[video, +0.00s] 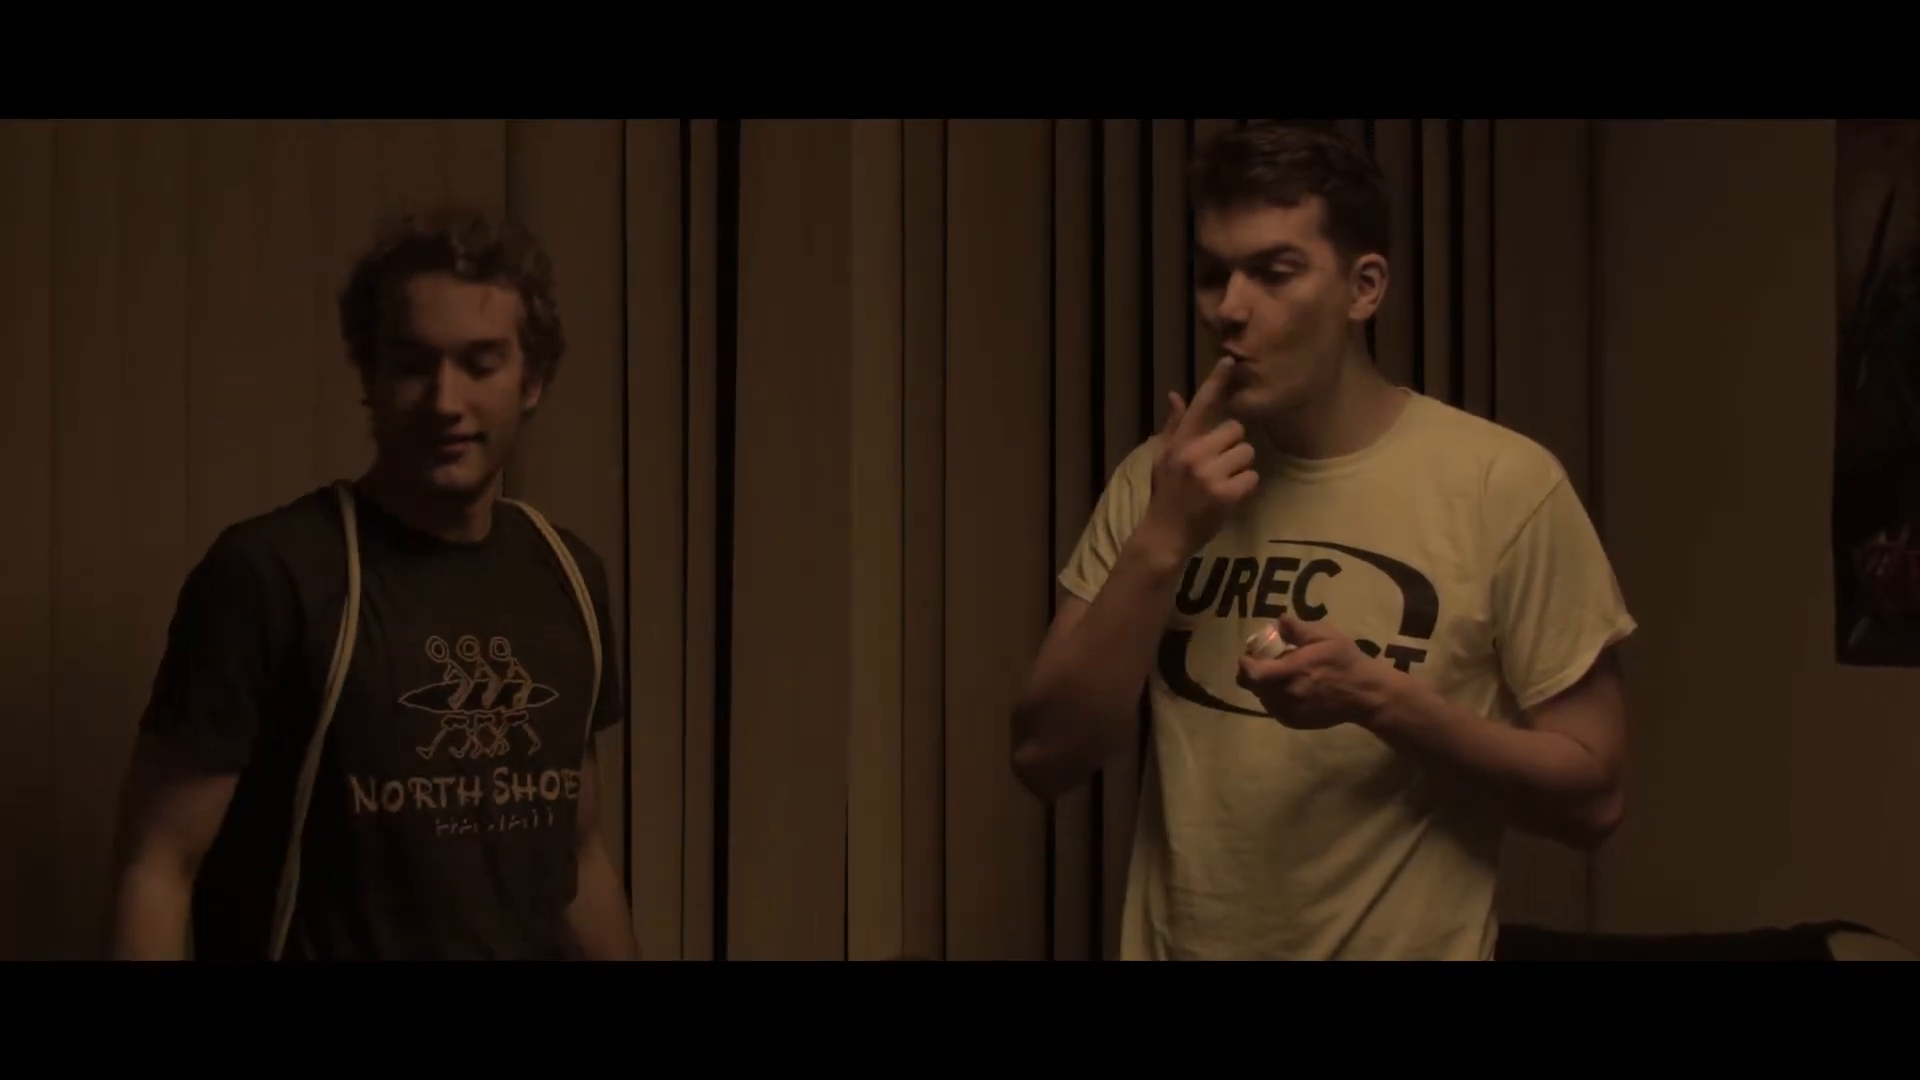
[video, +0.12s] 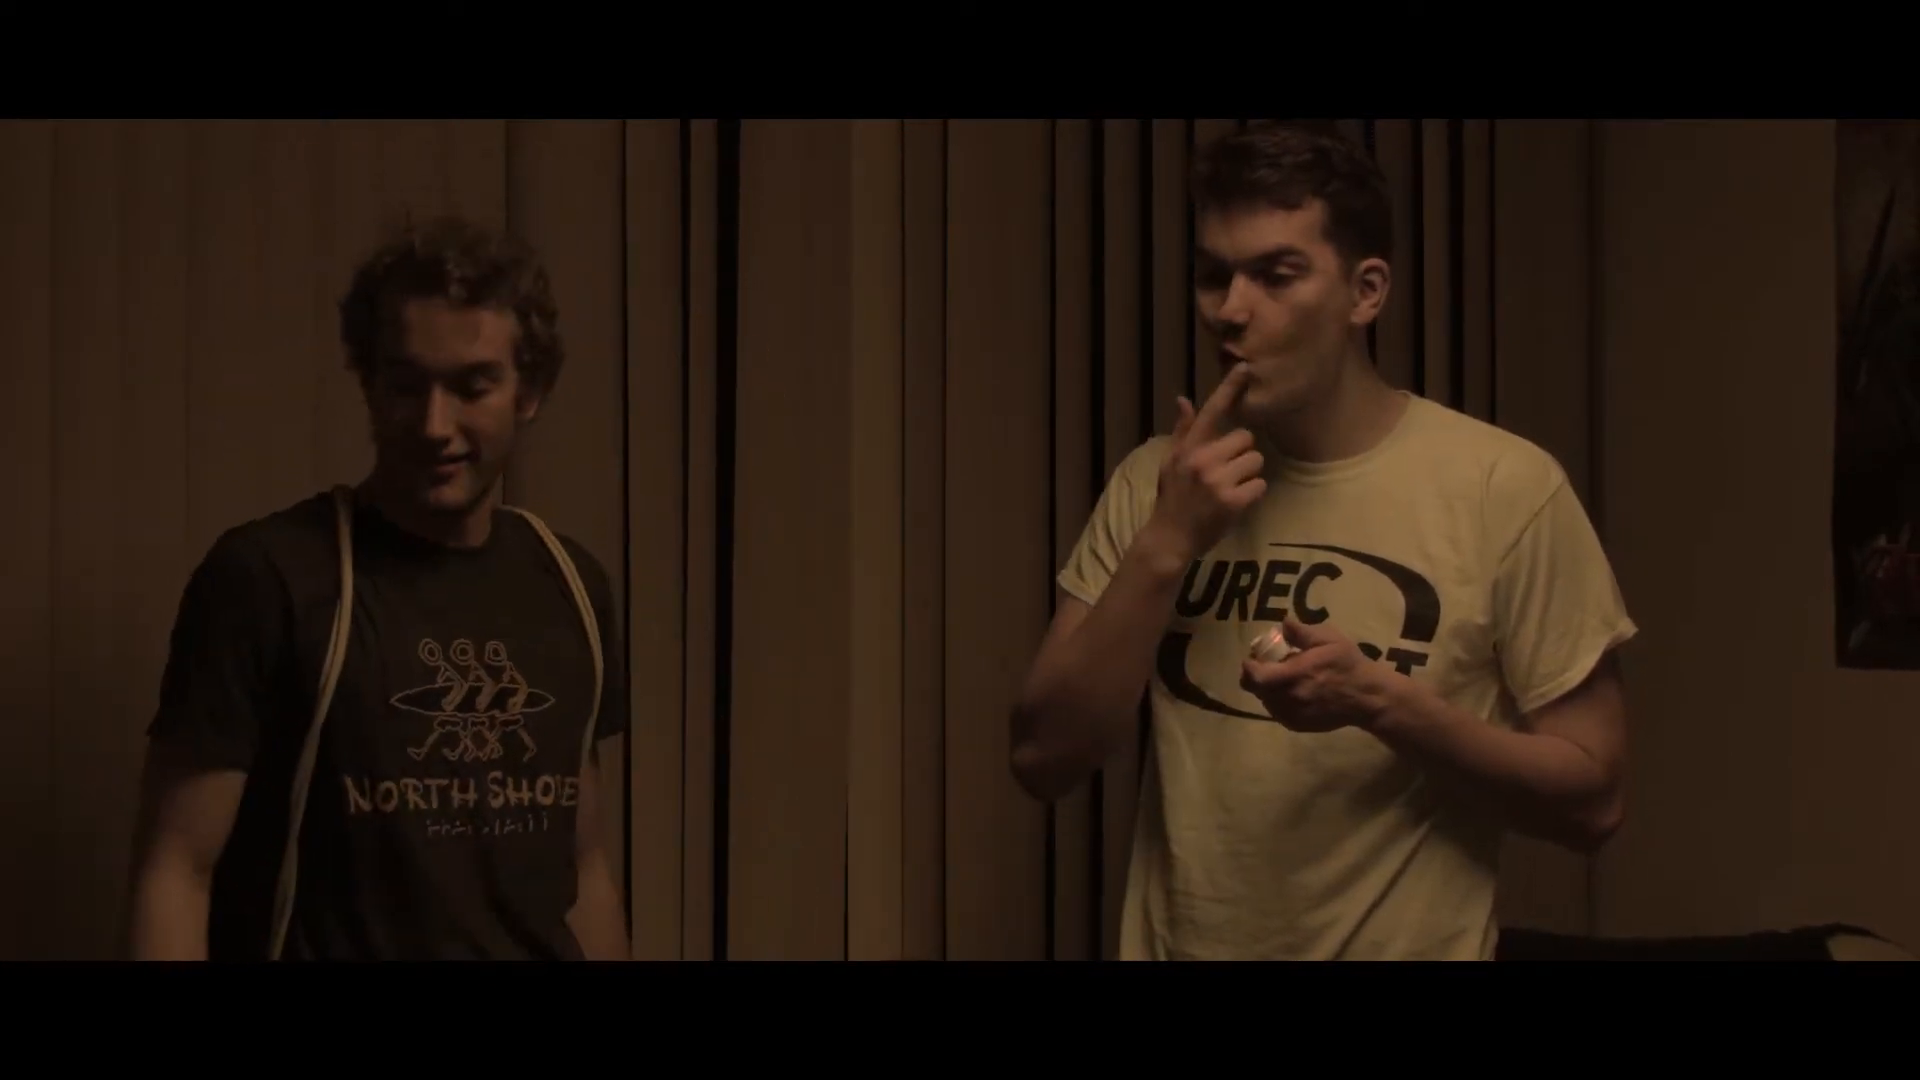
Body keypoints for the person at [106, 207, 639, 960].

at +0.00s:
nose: (446, 402)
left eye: (480, 364)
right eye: (413, 366)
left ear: (532, 381)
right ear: (369, 382)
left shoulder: (573, 578)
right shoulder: (265, 577)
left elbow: (580, 850)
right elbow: (159, 863)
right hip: (317, 945)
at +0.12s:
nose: (436, 426)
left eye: (472, 387)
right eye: (405, 387)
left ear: (529, 395)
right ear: (367, 389)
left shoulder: (575, 587)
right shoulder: (264, 580)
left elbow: (584, 862)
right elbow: (178, 867)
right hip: (325, 946)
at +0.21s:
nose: (430, 428)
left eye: (468, 390)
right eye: (400, 390)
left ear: (527, 398)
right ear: (363, 394)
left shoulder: (579, 593)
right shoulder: (260, 583)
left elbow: (587, 866)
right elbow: (180, 866)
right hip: (323, 948)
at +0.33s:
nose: (427, 438)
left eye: (464, 399)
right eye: (396, 399)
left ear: (523, 409)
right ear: (361, 406)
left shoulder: (581, 605)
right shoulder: (257, 598)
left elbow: (603, 879)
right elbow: (177, 876)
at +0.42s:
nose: (424, 442)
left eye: (462, 401)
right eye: (393, 403)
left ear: (523, 412)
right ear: (359, 412)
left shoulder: (585, 609)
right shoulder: (258, 599)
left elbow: (614, 882)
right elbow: (179, 876)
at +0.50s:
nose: (426, 434)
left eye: (462, 393)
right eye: (395, 397)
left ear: (522, 411)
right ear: (361, 413)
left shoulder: (589, 607)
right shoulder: (260, 600)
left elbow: (629, 883)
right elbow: (183, 883)